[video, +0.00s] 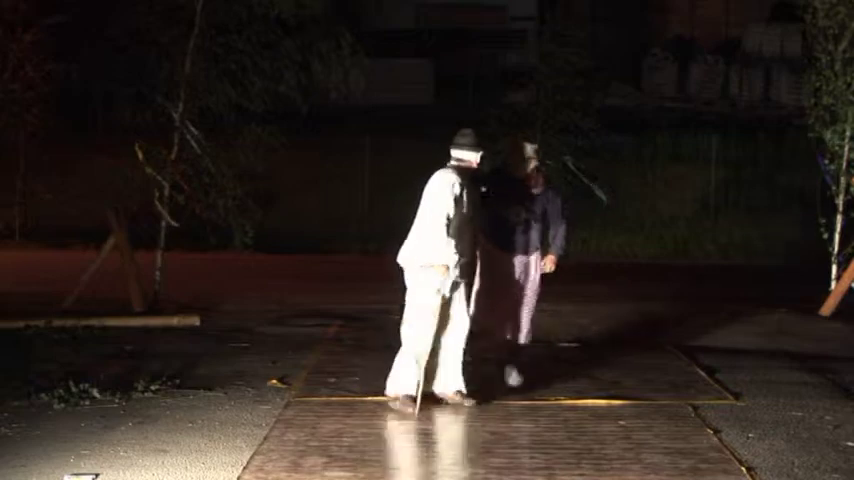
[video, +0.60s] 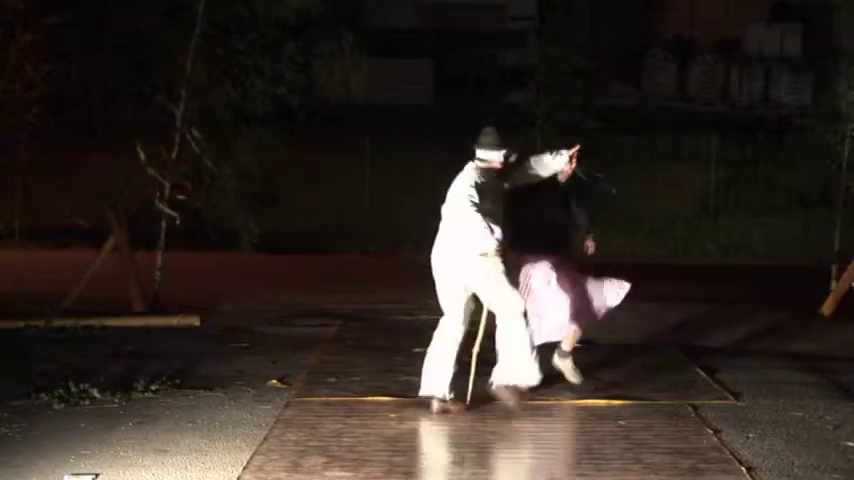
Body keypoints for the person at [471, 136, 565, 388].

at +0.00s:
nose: (524, 165)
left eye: (529, 160)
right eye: (520, 160)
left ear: (535, 161)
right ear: (510, 160)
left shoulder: (542, 189)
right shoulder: (497, 182)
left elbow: (556, 222)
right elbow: (484, 214)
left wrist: (553, 252)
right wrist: (482, 242)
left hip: (529, 254)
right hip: (496, 253)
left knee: (523, 308)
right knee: (490, 306)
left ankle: (513, 363)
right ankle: (483, 361)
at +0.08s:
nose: (524, 162)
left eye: (528, 157)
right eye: (519, 157)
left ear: (535, 158)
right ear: (510, 158)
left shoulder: (544, 184)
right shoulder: (498, 182)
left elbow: (556, 215)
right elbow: (487, 217)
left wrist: (555, 245)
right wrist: (494, 248)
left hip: (536, 254)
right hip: (505, 254)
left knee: (536, 310)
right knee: (512, 311)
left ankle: (518, 349)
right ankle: (517, 367)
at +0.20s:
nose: (481, 167)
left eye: (481, 162)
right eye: (476, 163)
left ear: (478, 165)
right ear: (461, 164)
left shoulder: (482, 197)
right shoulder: (446, 187)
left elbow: (522, 210)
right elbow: (427, 220)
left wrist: (560, 219)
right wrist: (446, 252)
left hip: (474, 269)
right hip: (440, 265)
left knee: (472, 329)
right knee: (477, 299)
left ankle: (452, 391)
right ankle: (439, 351)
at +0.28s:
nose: (485, 158)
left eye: (485, 152)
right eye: (480, 153)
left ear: (484, 154)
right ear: (466, 155)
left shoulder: (487, 180)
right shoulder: (450, 179)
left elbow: (520, 182)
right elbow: (433, 216)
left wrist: (559, 177)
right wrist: (445, 254)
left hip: (477, 261)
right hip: (453, 260)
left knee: (466, 323)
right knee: (490, 267)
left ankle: (449, 388)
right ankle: (475, 345)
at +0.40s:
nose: (495, 146)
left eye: (495, 141)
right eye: (491, 142)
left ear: (490, 141)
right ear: (477, 142)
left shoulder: (490, 162)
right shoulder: (459, 170)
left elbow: (520, 156)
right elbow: (448, 214)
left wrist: (554, 147)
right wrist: (457, 248)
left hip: (474, 236)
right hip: (448, 242)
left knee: (504, 252)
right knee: (454, 304)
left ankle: (509, 321)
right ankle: (443, 375)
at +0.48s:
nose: (501, 148)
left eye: (501, 142)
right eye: (495, 143)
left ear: (498, 142)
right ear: (480, 144)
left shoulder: (495, 160)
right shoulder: (464, 170)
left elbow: (525, 154)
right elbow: (456, 221)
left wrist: (556, 144)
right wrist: (483, 250)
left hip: (475, 241)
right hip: (447, 244)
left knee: (510, 264)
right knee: (456, 306)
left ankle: (521, 340)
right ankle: (439, 375)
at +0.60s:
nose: (503, 160)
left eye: (503, 155)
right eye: (499, 155)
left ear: (491, 155)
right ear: (488, 156)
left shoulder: (493, 175)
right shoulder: (469, 181)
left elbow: (524, 171)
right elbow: (468, 217)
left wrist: (557, 160)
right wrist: (488, 247)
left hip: (449, 258)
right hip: (470, 257)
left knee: (454, 319)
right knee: (510, 306)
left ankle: (436, 390)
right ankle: (509, 379)